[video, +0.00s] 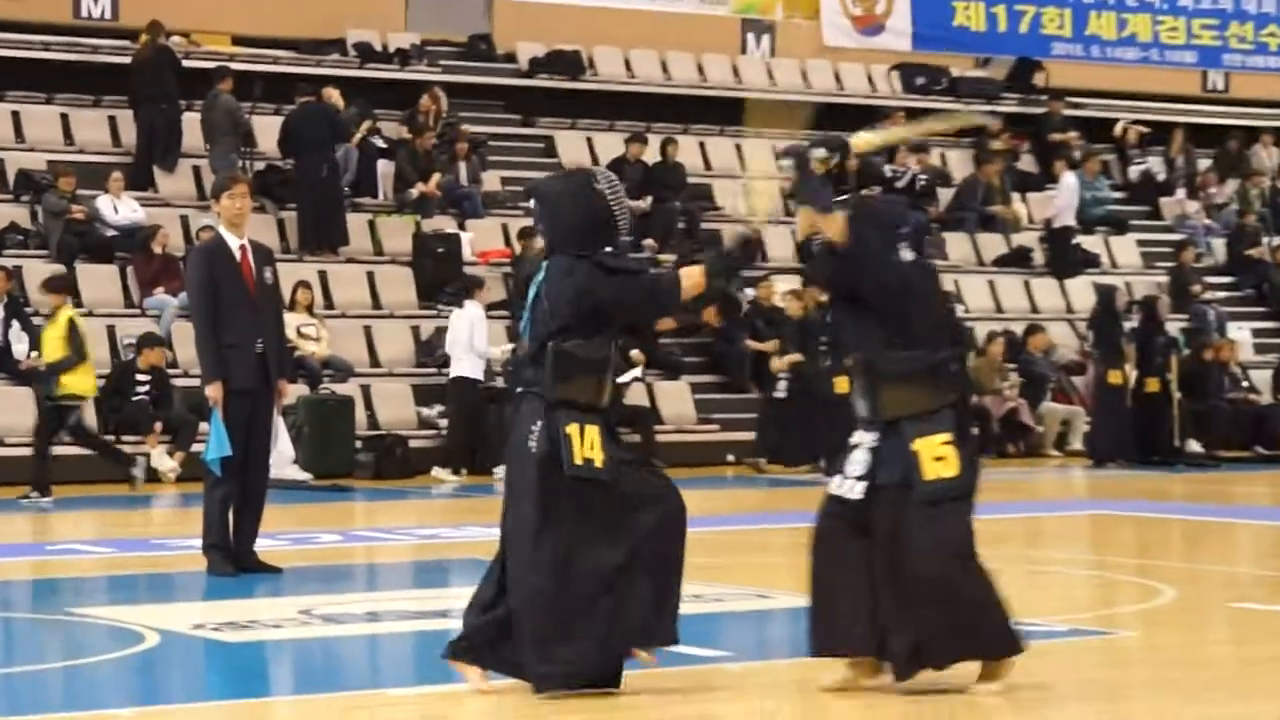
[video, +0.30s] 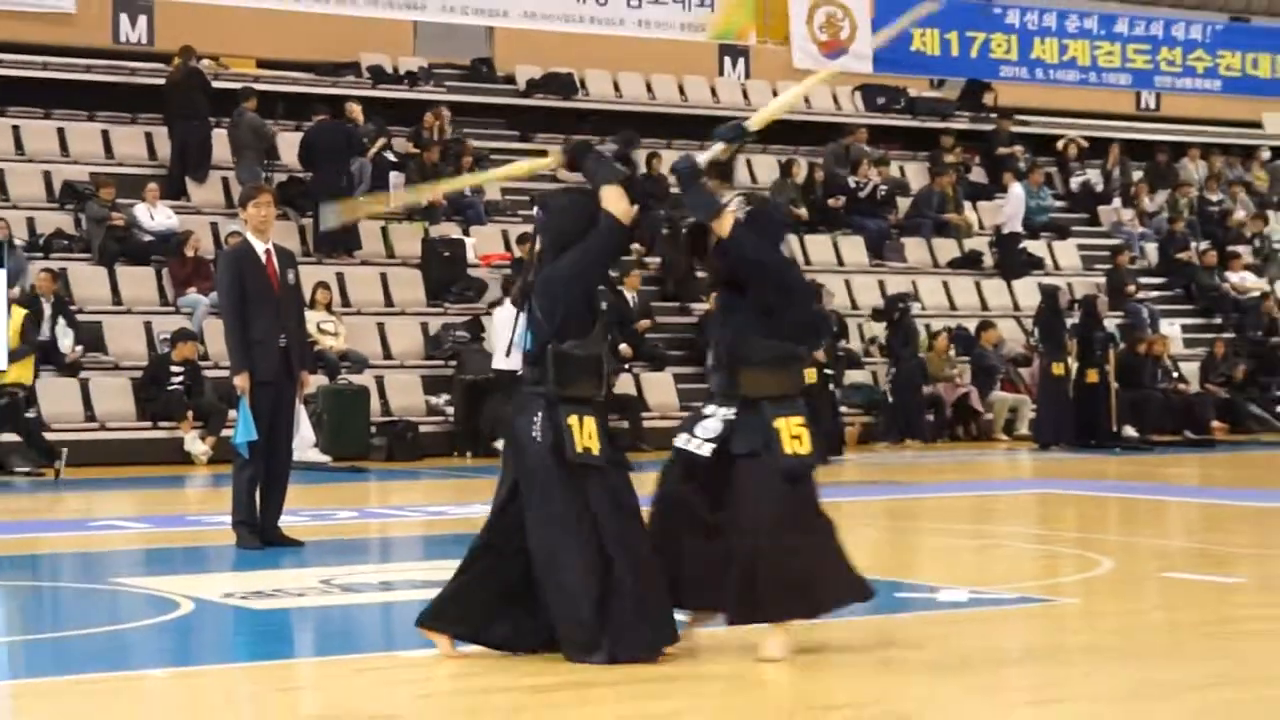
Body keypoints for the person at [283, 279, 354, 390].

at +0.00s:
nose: (307, 296)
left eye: (309, 293)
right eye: (303, 293)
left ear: (312, 296)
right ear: (295, 295)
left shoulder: (316, 318)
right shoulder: (286, 317)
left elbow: (324, 336)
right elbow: (291, 338)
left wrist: (321, 352)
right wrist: (310, 350)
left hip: (319, 351)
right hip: (301, 352)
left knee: (347, 369)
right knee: (315, 370)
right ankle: (316, 400)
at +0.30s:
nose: (325, 295)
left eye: (328, 293)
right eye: (322, 292)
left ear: (331, 296)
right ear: (314, 294)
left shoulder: (335, 315)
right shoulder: (307, 314)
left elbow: (342, 331)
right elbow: (311, 333)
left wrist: (338, 345)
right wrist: (328, 344)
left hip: (337, 346)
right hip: (320, 346)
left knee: (362, 360)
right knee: (333, 361)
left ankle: (347, 384)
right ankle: (337, 389)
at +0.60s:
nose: (343, 298)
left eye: (345, 295)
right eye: (340, 295)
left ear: (348, 298)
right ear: (333, 297)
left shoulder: (351, 316)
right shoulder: (326, 316)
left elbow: (359, 332)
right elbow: (328, 334)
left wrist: (355, 344)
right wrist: (343, 344)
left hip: (354, 346)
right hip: (338, 347)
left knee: (377, 359)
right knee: (350, 361)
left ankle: (366, 384)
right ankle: (354, 389)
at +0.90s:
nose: (363, 303)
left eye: (365, 300)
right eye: (360, 300)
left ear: (368, 303)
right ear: (354, 302)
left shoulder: (371, 320)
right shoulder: (347, 319)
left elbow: (379, 334)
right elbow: (349, 336)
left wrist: (375, 346)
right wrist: (364, 345)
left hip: (374, 347)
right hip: (359, 347)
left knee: (395, 359)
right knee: (370, 362)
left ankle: (385, 383)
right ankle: (371, 385)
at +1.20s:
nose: (364, 303)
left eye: (366, 301)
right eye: (361, 300)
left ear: (369, 303)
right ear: (355, 302)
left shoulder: (372, 320)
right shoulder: (348, 320)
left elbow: (379, 334)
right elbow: (352, 337)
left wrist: (376, 346)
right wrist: (367, 346)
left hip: (375, 348)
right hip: (361, 349)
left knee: (396, 360)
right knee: (371, 361)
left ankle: (385, 381)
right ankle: (371, 382)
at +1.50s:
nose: (366, 304)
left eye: (369, 302)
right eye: (363, 301)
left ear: (371, 304)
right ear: (357, 303)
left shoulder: (375, 321)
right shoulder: (351, 321)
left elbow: (381, 336)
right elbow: (355, 338)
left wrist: (379, 348)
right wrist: (370, 347)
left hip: (378, 348)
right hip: (363, 349)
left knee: (399, 361)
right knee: (374, 362)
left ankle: (388, 382)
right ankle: (374, 383)